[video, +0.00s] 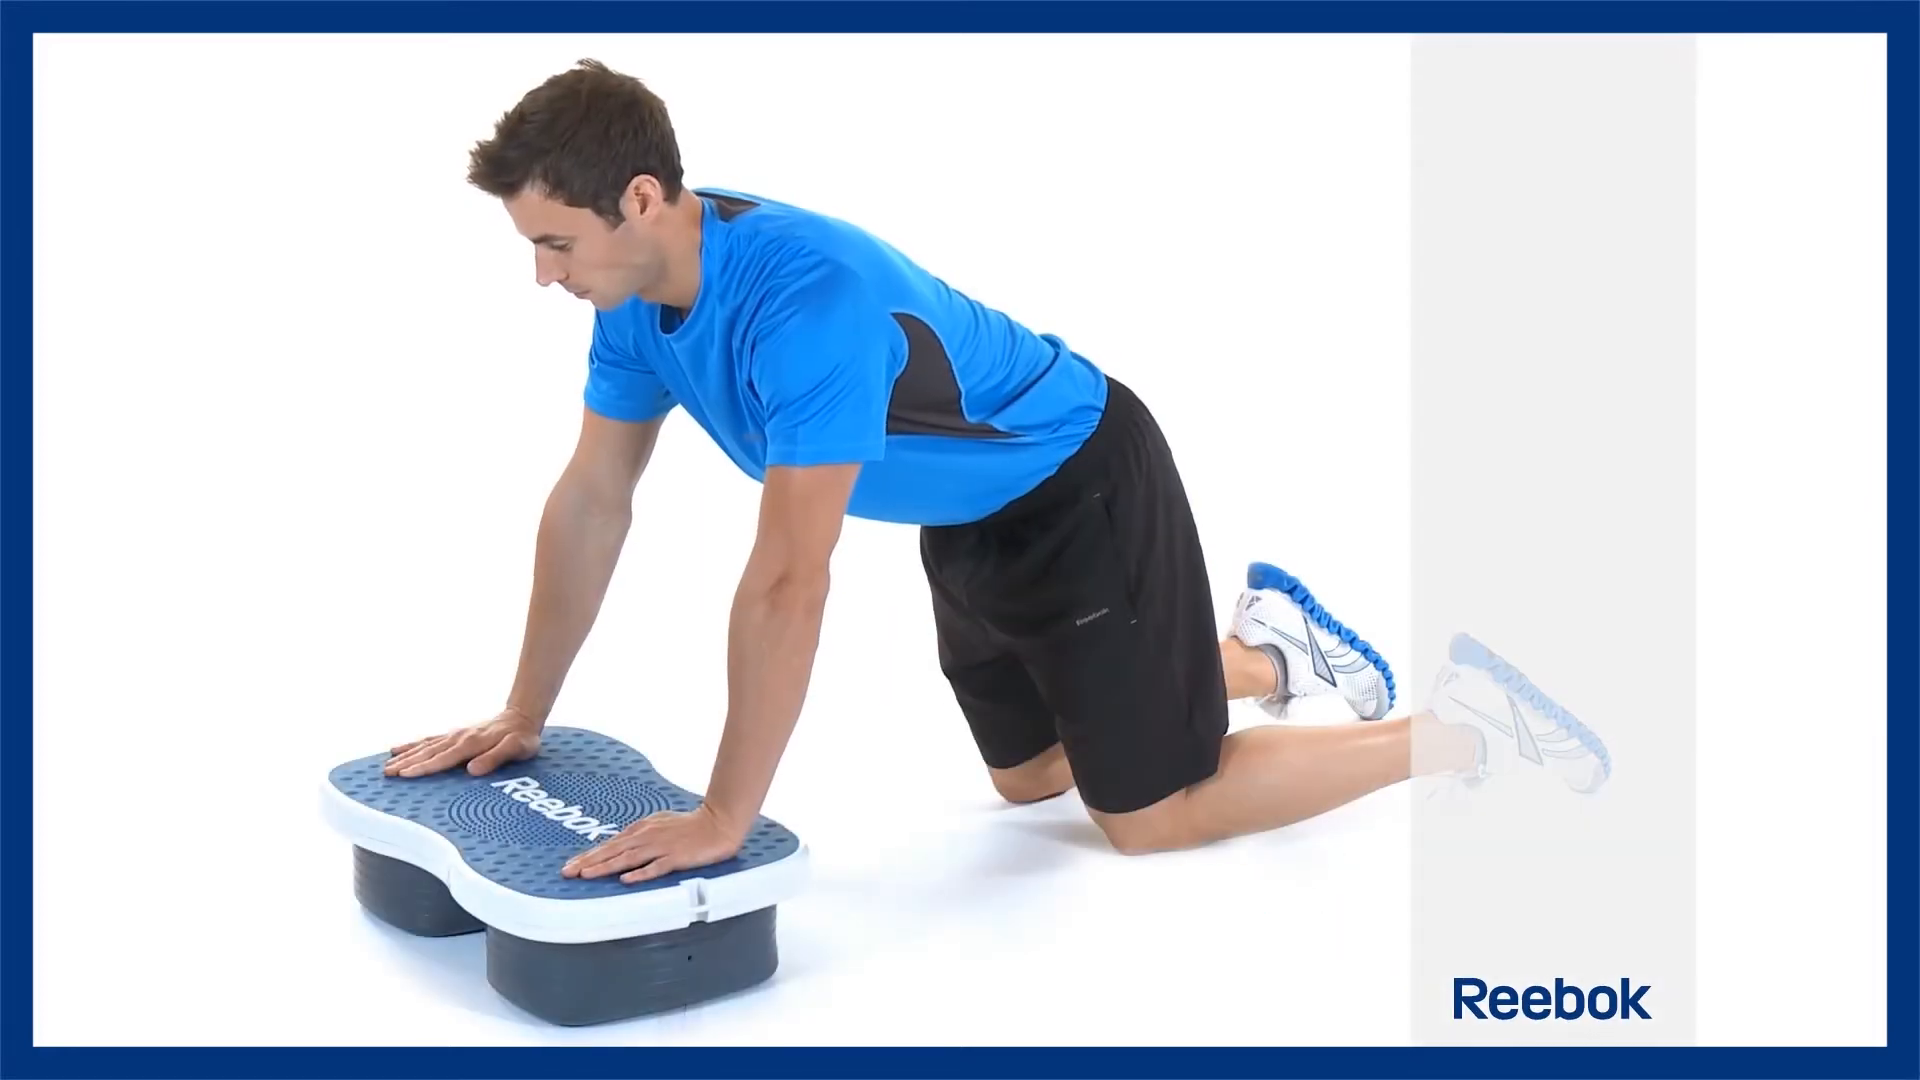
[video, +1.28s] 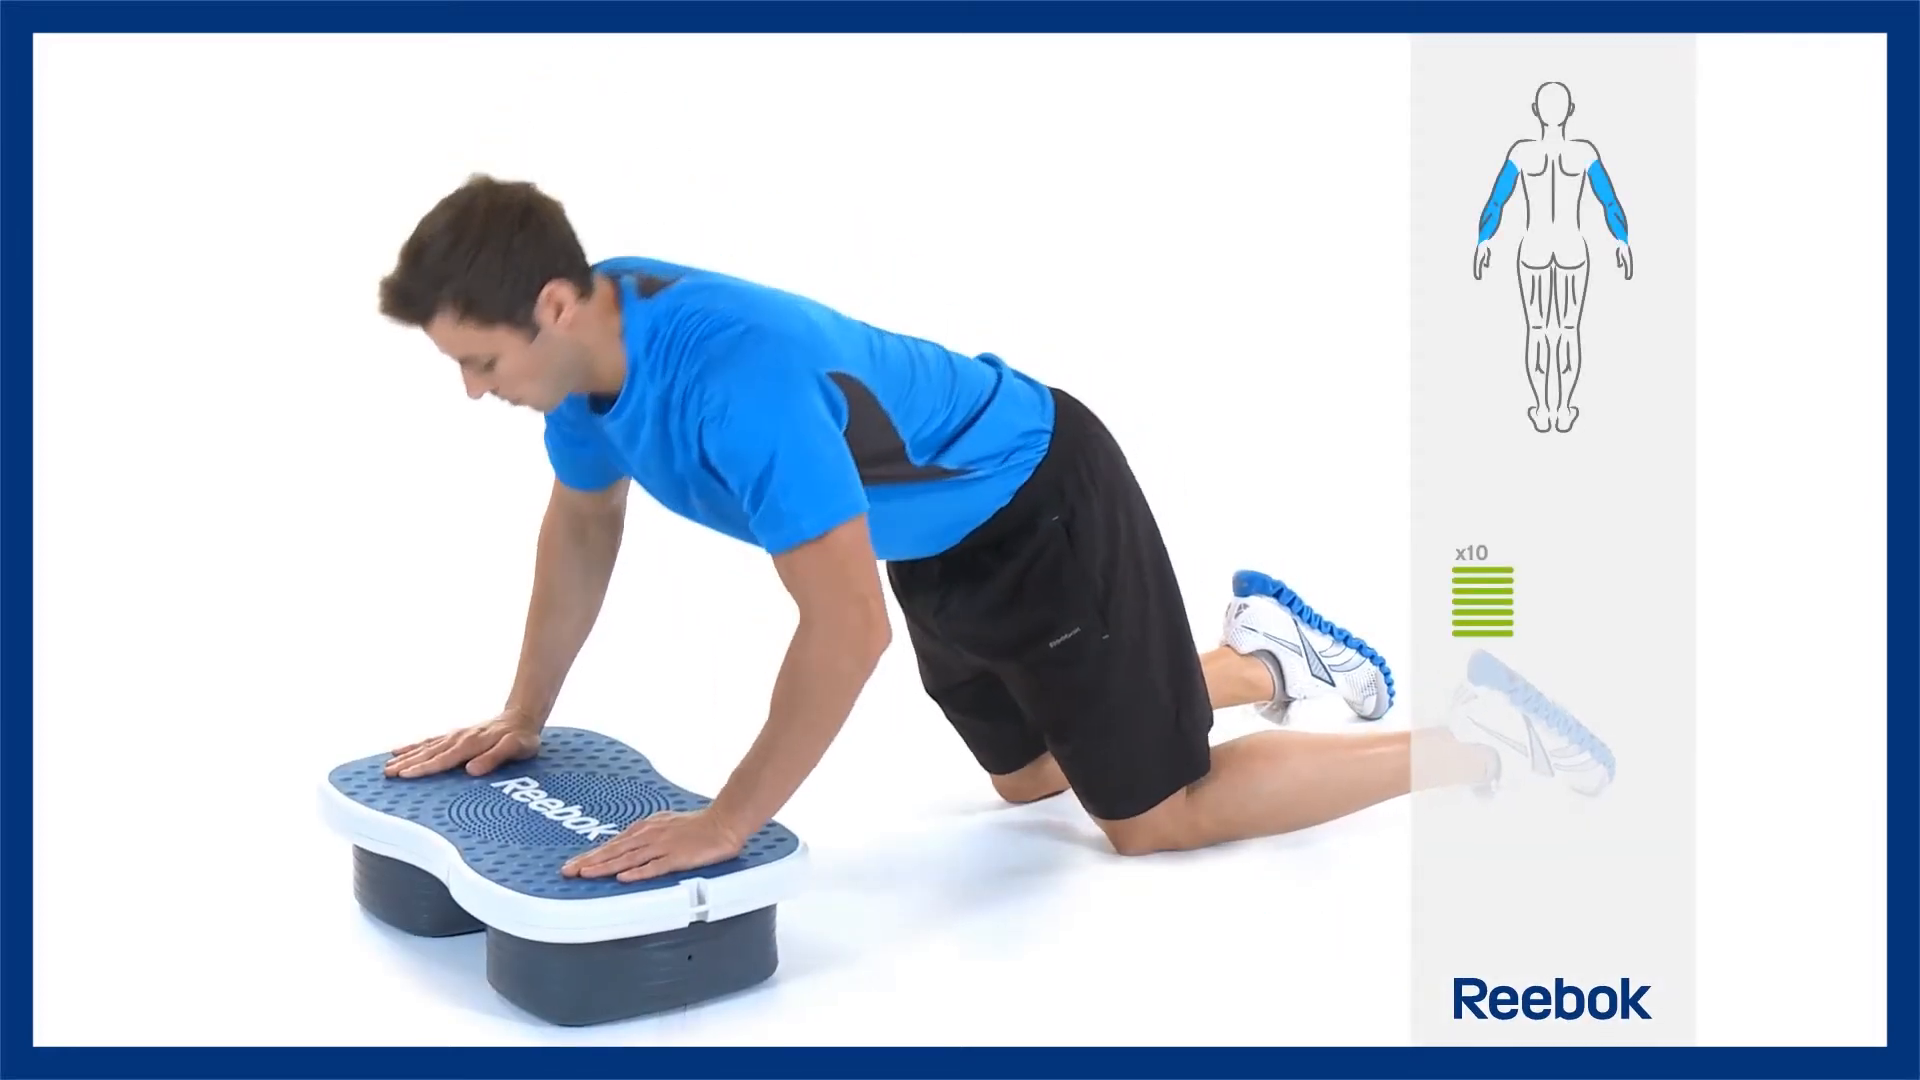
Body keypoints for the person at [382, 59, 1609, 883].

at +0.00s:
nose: (541, 272)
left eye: (551, 242)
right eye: (529, 246)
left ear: (643, 200)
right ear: (613, 212)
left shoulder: (806, 302)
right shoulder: (635, 309)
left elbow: (789, 583)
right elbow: (588, 509)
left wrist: (727, 814)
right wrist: (525, 715)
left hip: (1077, 477)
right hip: (958, 516)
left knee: (1152, 807)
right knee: (1038, 777)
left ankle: (1449, 734)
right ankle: (1262, 659)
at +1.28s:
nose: (478, 392)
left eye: (478, 362)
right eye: (459, 370)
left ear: (556, 301)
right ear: (533, 305)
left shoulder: (736, 381)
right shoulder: (588, 372)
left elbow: (848, 623)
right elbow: (577, 535)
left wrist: (731, 816)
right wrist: (519, 720)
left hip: (1044, 502)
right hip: (937, 554)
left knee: (1155, 815)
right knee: (1033, 781)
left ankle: (1470, 748)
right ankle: (1258, 667)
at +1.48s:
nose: (409, 530)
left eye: (409, 503)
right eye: (389, 512)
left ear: (481, 441)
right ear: (464, 434)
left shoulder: (664, 467)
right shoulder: (534, 411)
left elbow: (853, 646)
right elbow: (574, 551)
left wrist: (733, 820)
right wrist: (523, 713)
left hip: (997, 522)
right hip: (899, 567)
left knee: (1154, 809)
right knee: (1032, 771)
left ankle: (1467, 751)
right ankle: (1255, 657)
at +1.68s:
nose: (359, 659)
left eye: (349, 635)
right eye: (336, 644)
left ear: (406, 568)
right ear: (395, 553)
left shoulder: (603, 560)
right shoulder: (472, 486)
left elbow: (846, 649)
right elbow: (545, 593)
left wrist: (733, 822)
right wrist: (522, 716)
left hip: (957, 558)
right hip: (871, 594)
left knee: (1168, 806)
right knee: (1022, 769)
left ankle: (1465, 750)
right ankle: (1260, 659)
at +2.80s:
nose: (390, 518)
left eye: (388, 491)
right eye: (369, 502)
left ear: (455, 430)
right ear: (440, 431)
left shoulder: (634, 462)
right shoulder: (516, 430)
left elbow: (831, 638)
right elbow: (553, 554)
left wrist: (735, 820)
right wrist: (524, 716)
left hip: (978, 539)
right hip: (885, 583)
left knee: (1137, 805)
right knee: (1001, 762)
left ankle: (1466, 745)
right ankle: (1264, 657)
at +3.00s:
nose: (466, 369)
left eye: (466, 339)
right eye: (447, 349)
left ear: (540, 278)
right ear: (515, 287)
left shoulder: (707, 360)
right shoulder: (573, 351)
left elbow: (798, 597)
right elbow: (565, 527)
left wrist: (731, 814)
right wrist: (522, 720)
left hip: (1024, 507)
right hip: (915, 551)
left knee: (1155, 813)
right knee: (1022, 774)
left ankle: (1474, 742)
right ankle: (1266, 665)